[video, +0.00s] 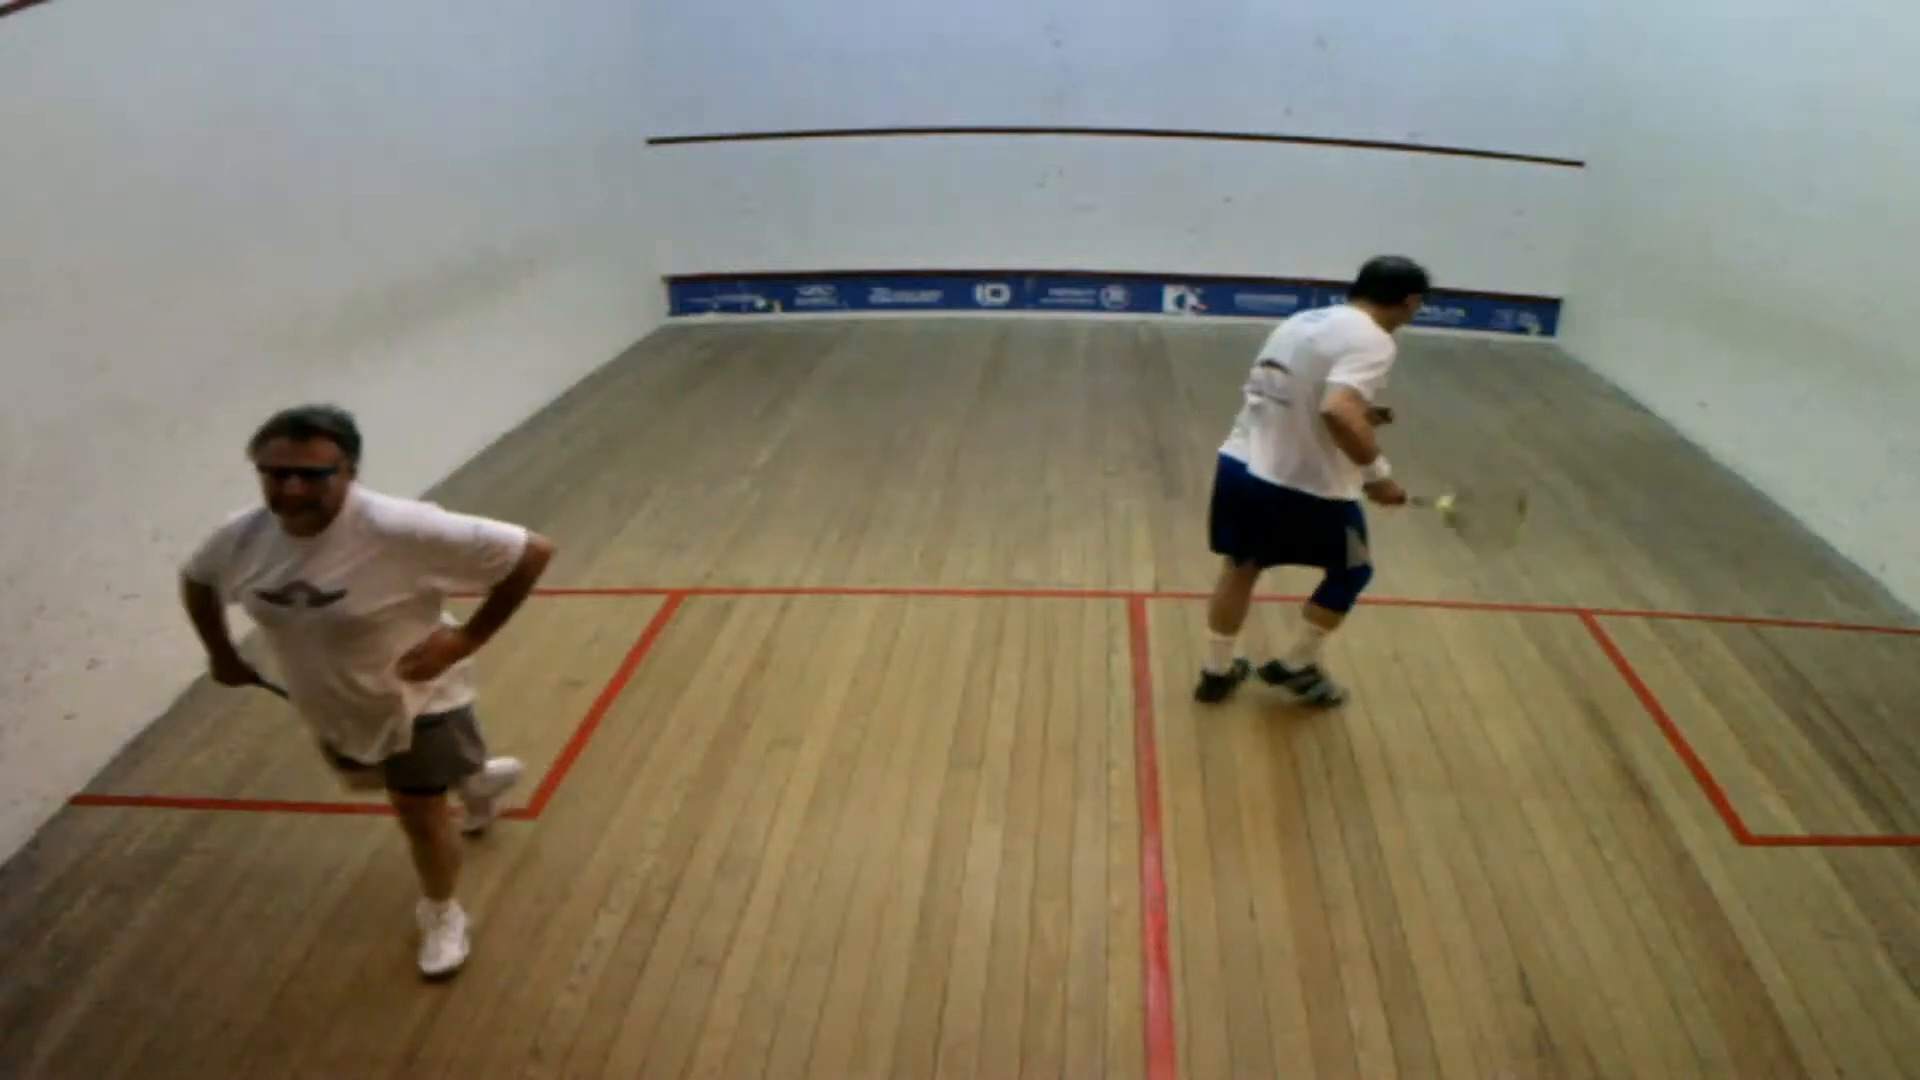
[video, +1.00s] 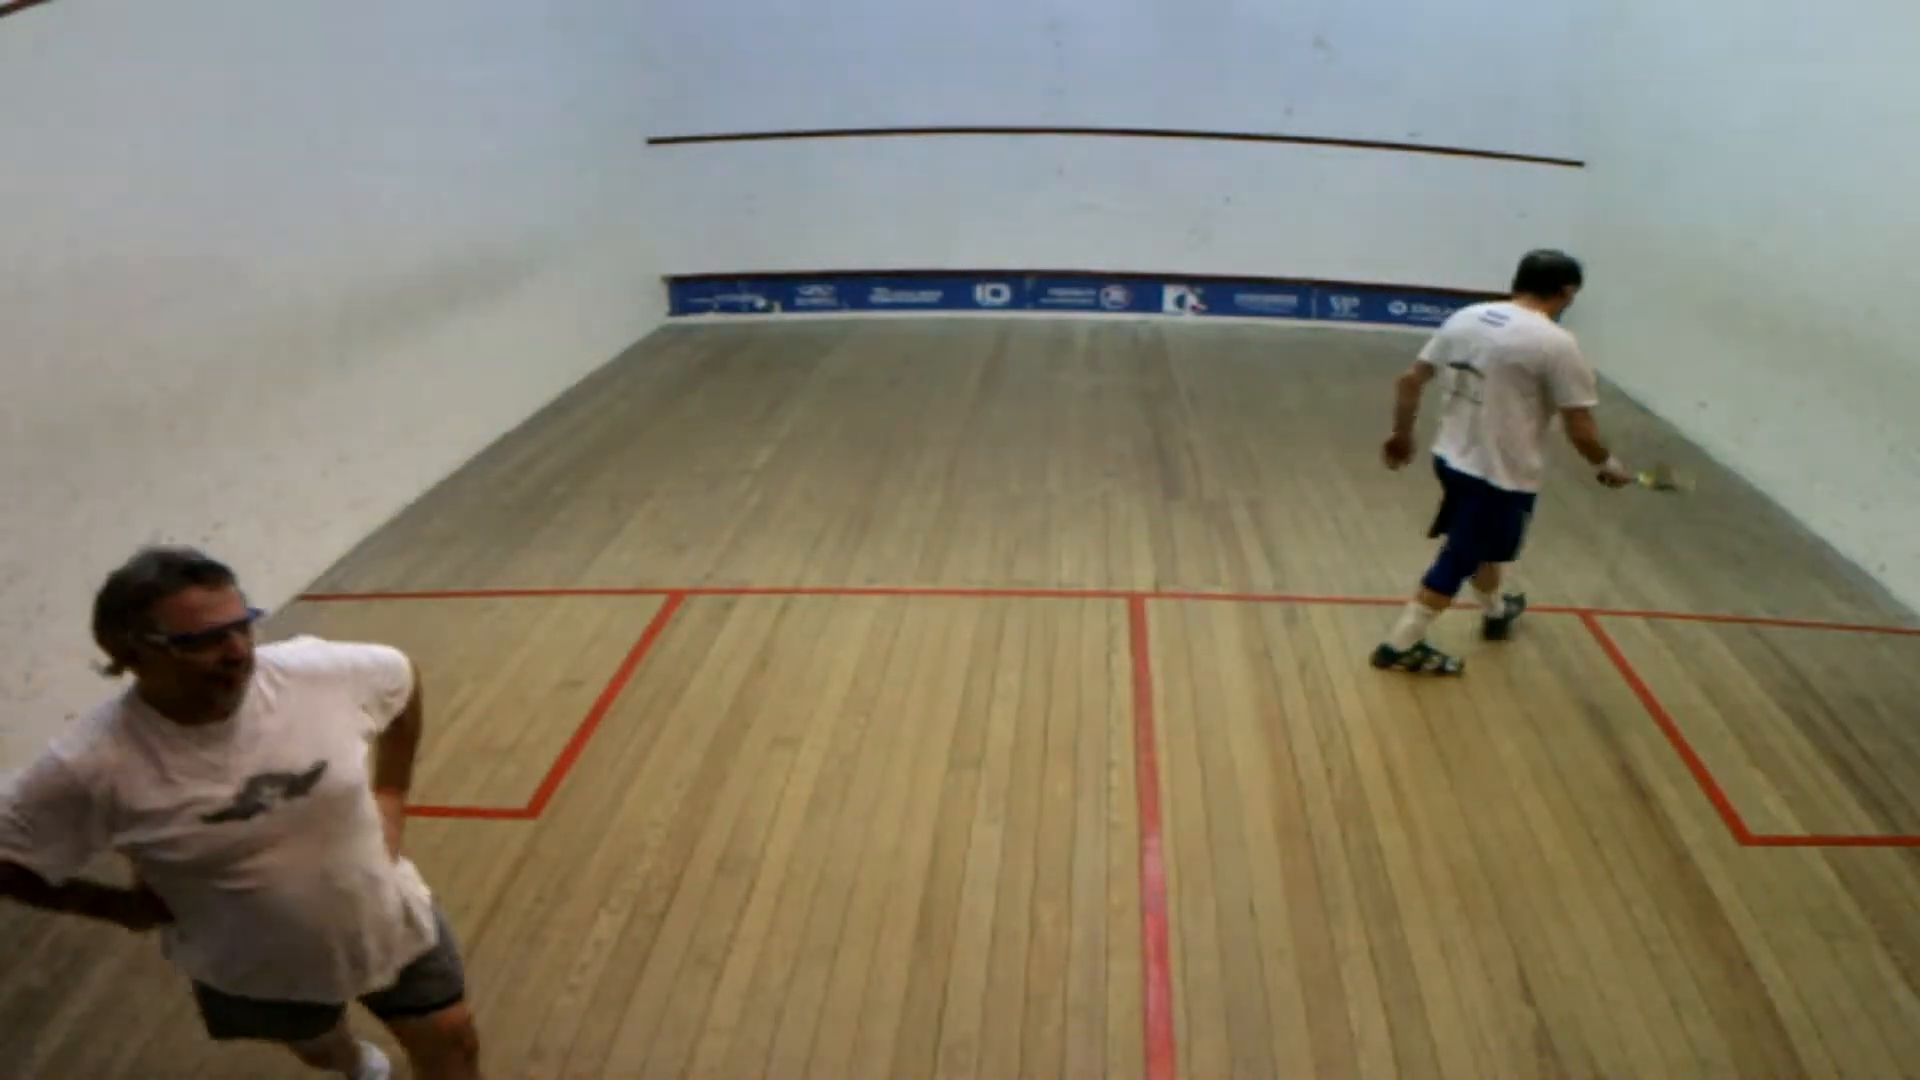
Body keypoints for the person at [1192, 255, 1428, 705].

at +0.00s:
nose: (1412, 318)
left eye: (1417, 309)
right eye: (1414, 308)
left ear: (1361, 289)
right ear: (1402, 301)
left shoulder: (1303, 320)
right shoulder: (1373, 341)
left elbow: (1282, 394)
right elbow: (1338, 411)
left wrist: (1357, 414)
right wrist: (1378, 476)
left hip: (1242, 470)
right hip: (1310, 489)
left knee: (1241, 563)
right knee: (1351, 569)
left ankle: (1216, 668)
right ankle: (1298, 663)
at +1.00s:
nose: (1571, 303)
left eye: (1572, 295)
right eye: (1571, 295)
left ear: (1519, 283)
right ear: (1561, 293)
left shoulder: (1469, 318)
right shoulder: (1555, 344)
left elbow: (1411, 379)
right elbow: (1580, 430)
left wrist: (1402, 435)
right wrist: (1605, 464)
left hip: (1451, 459)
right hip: (1503, 479)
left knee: (1485, 542)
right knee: (1457, 558)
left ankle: (1494, 611)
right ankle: (1403, 642)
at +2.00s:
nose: (1641, 297)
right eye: (1643, 291)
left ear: (1594, 280)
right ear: (1638, 288)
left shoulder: (1546, 310)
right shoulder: (1642, 333)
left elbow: (1496, 373)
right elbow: (1655, 418)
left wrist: (1489, 428)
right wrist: (1660, 445)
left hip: (1523, 443)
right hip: (1586, 457)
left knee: (1516, 526)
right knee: (1588, 541)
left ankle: (1501, 612)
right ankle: (1544, 631)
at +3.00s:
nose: (1676, 297)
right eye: (1676, 291)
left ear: (1625, 282)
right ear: (1670, 294)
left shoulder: (1579, 319)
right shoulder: (1659, 338)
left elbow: (1559, 381)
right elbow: (1658, 410)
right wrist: (1717, 425)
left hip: (1552, 453)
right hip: (1618, 467)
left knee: (1527, 532)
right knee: (1629, 552)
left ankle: (1500, 615)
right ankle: (1639, 634)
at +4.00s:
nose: (1785, 321)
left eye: (1785, 313)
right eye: (1785, 315)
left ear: (1733, 300)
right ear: (1775, 316)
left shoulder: (1682, 329)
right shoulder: (1772, 371)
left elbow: (1612, 348)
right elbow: (1841, 407)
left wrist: (1610, 353)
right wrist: (1897, 417)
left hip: (1625, 454)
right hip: (1690, 484)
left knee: (1579, 521)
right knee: (1676, 560)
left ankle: (1520, 586)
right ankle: (1639, 636)